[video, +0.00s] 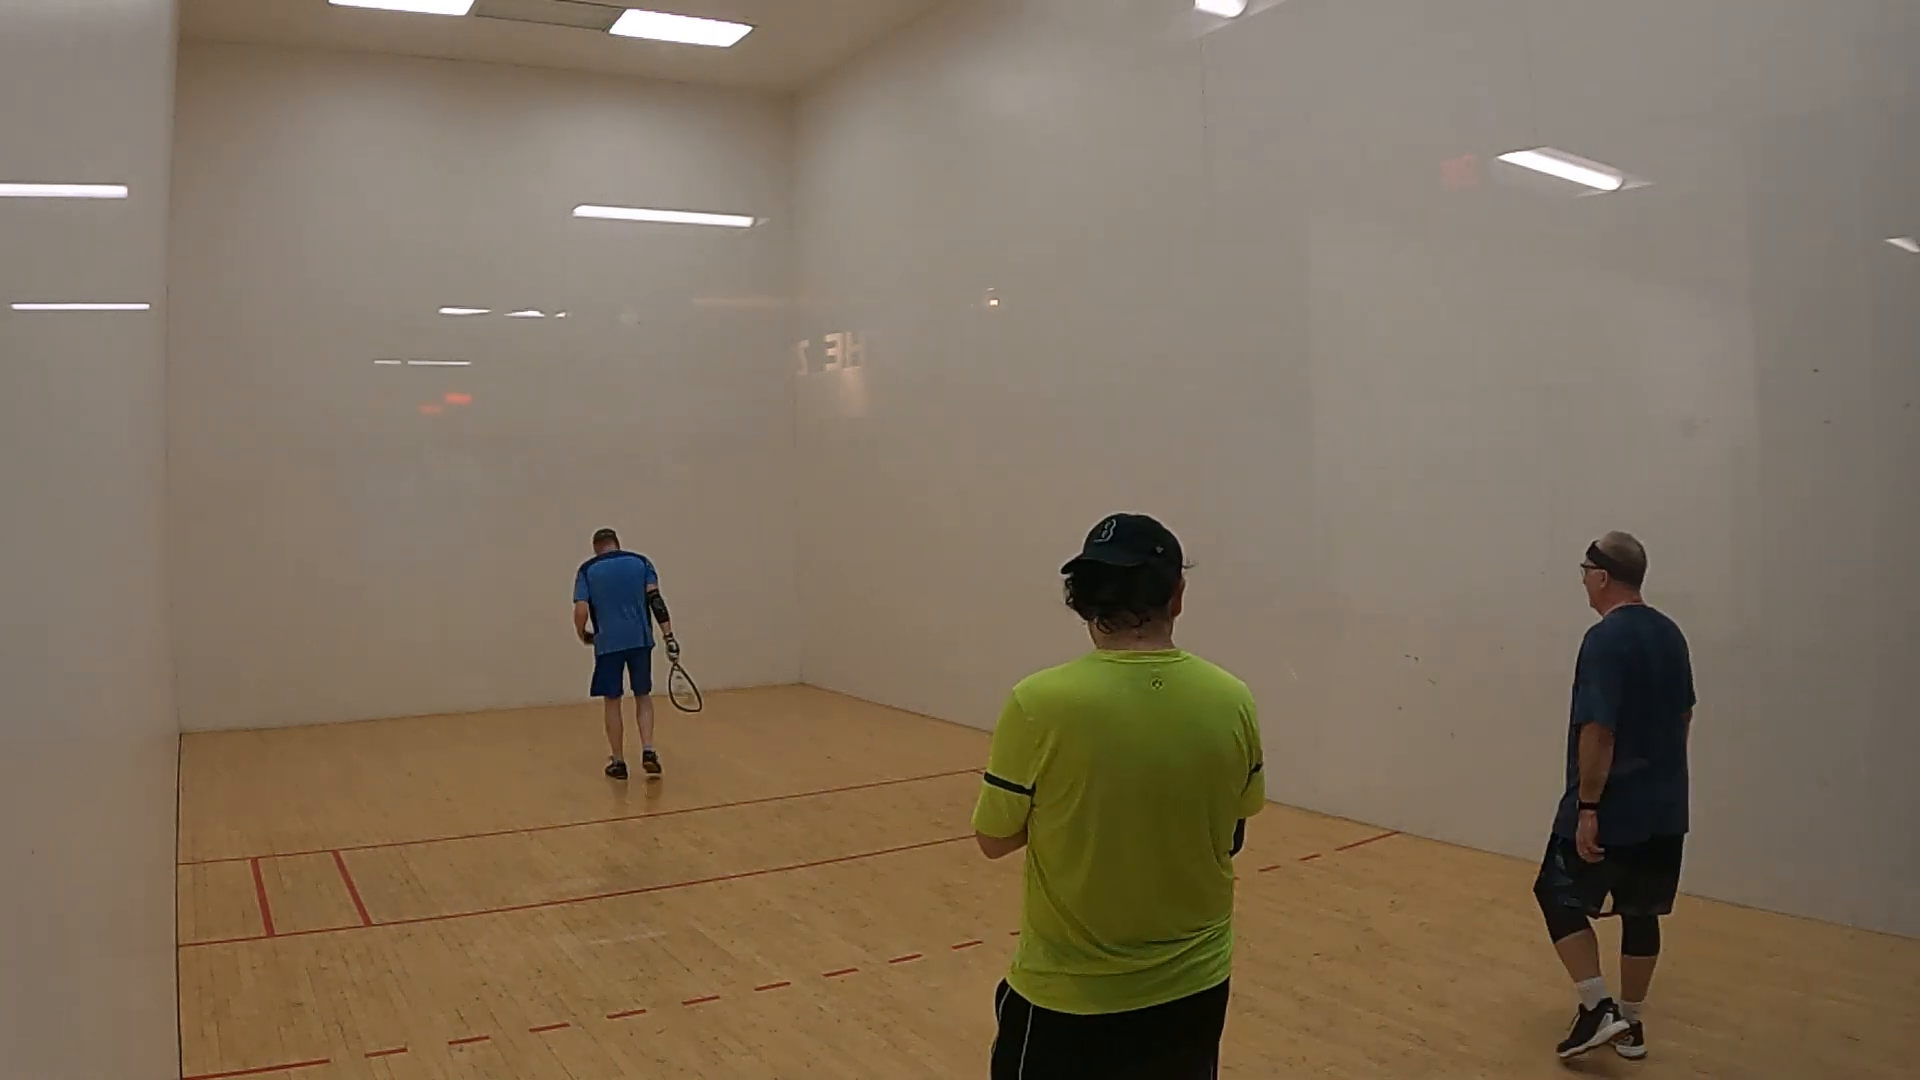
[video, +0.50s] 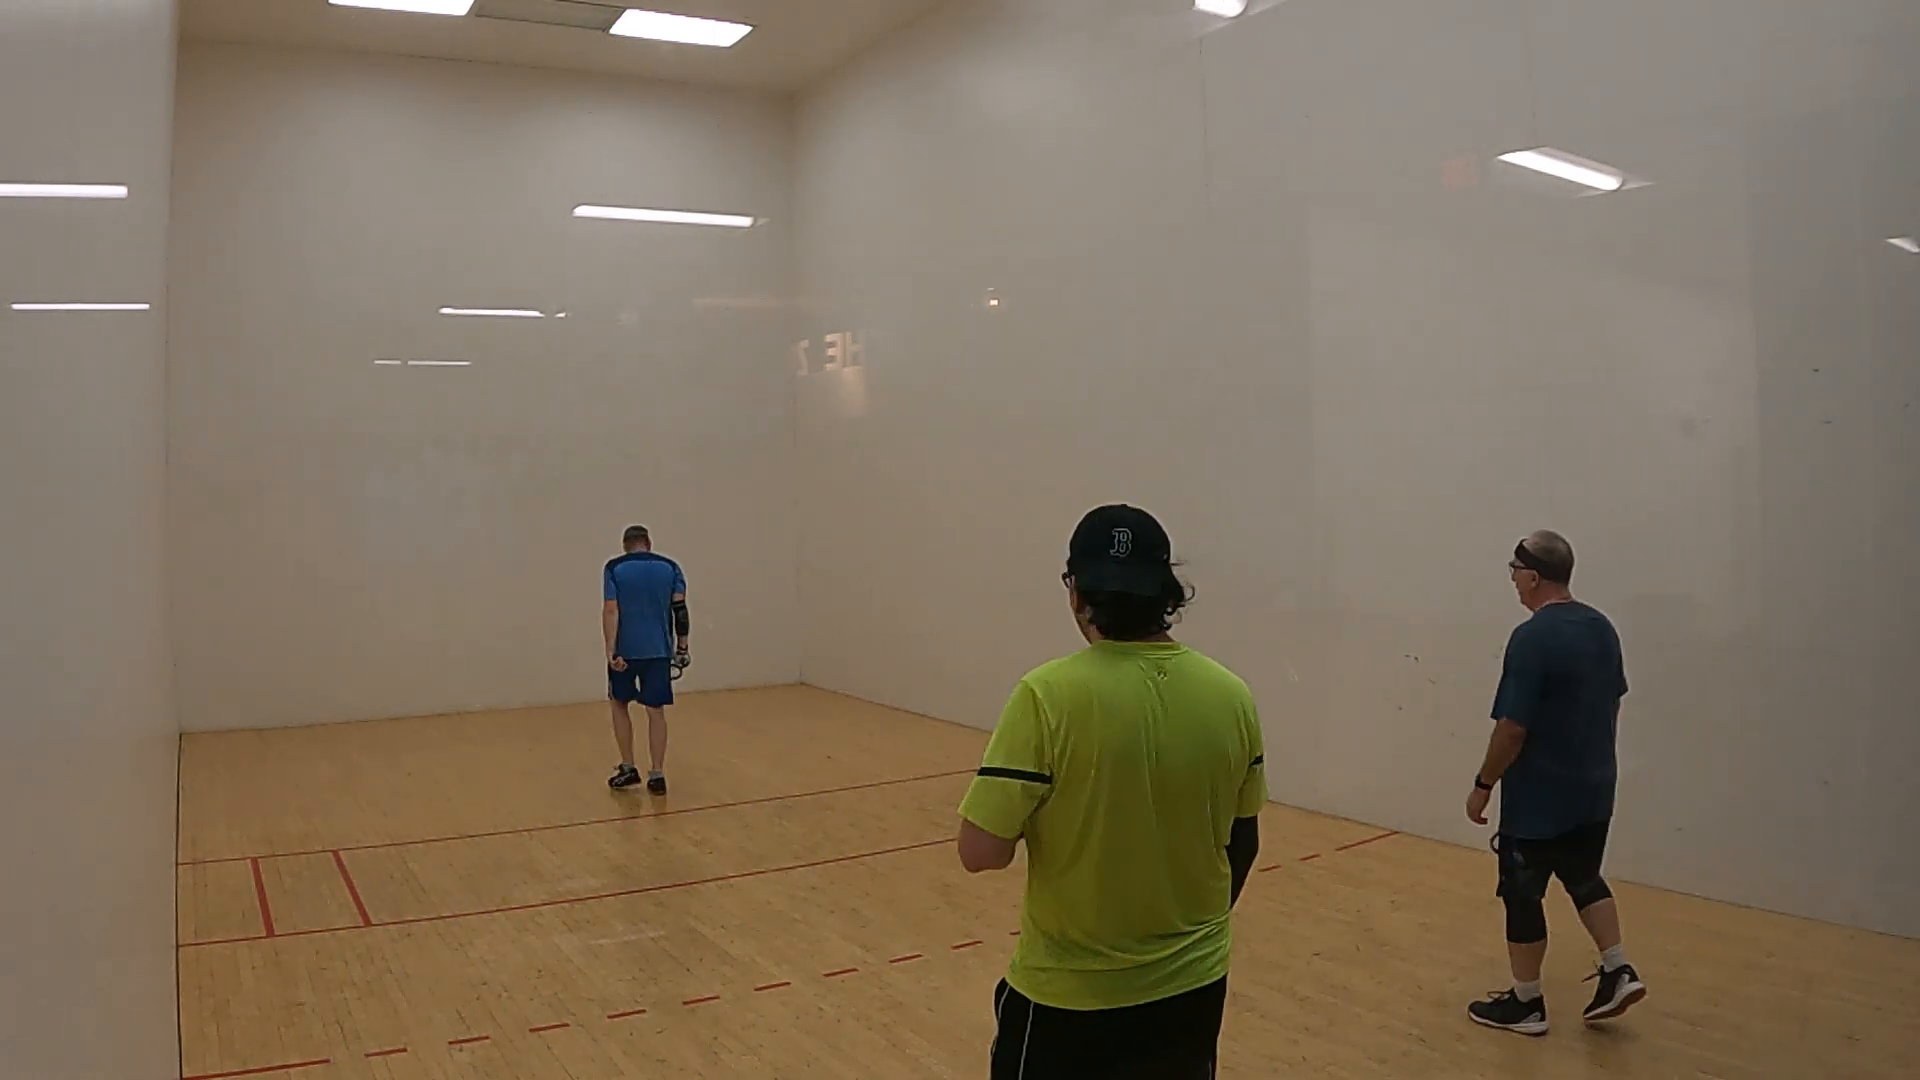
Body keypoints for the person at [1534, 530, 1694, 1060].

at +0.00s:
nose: (1584, 579)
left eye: (1587, 571)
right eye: (1586, 570)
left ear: (1602, 577)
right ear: (1636, 578)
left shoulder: (1604, 639)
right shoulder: (1670, 634)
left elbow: (1597, 729)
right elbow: (1683, 716)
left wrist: (1587, 807)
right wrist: (1662, 781)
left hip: (1603, 810)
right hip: (1663, 811)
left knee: (1558, 892)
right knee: (1642, 911)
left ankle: (1594, 1005)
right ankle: (1629, 1025)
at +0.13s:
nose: (1566, 580)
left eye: (1570, 572)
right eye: (1568, 572)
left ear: (1587, 576)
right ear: (1615, 578)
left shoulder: (1588, 636)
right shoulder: (1652, 633)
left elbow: (1584, 726)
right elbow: (1661, 710)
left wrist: (1578, 802)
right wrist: (1632, 774)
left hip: (1587, 807)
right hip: (1647, 806)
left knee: (1542, 890)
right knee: (1633, 906)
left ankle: (1545, 1011)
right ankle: (1626, 1020)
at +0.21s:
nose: (1554, 581)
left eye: (1557, 572)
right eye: (1556, 572)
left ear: (1574, 578)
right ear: (1605, 580)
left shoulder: (1575, 638)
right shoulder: (1639, 633)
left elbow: (1571, 730)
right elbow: (1646, 715)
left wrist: (1564, 803)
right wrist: (1629, 782)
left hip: (1574, 808)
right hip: (1633, 806)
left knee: (1537, 892)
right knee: (1627, 908)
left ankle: (1525, 1002)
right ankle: (1626, 1019)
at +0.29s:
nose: (1542, 583)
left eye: (1545, 574)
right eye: (1543, 574)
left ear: (1561, 579)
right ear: (1591, 580)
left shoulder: (1561, 641)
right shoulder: (1627, 634)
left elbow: (1553, 735)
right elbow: (1635, 710)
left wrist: (1543, 807)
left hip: (1561, 810)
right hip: (1620, 808)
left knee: (1529, 895)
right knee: (1617, 907)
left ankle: (1525, 1002)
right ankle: (1625, 1017)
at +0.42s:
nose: (1522, 580)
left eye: (1525, 572)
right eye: (1523, 571)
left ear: (1541, 577)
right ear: (1573, 576)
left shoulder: (1539, 640)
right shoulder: (1610, 630)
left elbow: (1525, 732)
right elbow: (1619, 704)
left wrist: (1506, 797)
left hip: (1545, 799)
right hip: (1602, 798)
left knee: (1523, 894)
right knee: (1597, 889)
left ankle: (1525, 1001)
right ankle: (1621, 992)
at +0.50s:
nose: (1512, 578)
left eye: (1515, 570)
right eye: (1513, 569)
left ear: (1531, 576)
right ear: (1564, 576)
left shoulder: (1530, 637)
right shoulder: (1600, 627)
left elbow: (1511, 726)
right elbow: (1613, 704)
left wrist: (1483, 784)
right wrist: (1595, 761)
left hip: (1537, 792)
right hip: (1593, 788)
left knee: (1521, 890)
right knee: (1582, 874)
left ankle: (1526, 1001)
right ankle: (1617, 971)